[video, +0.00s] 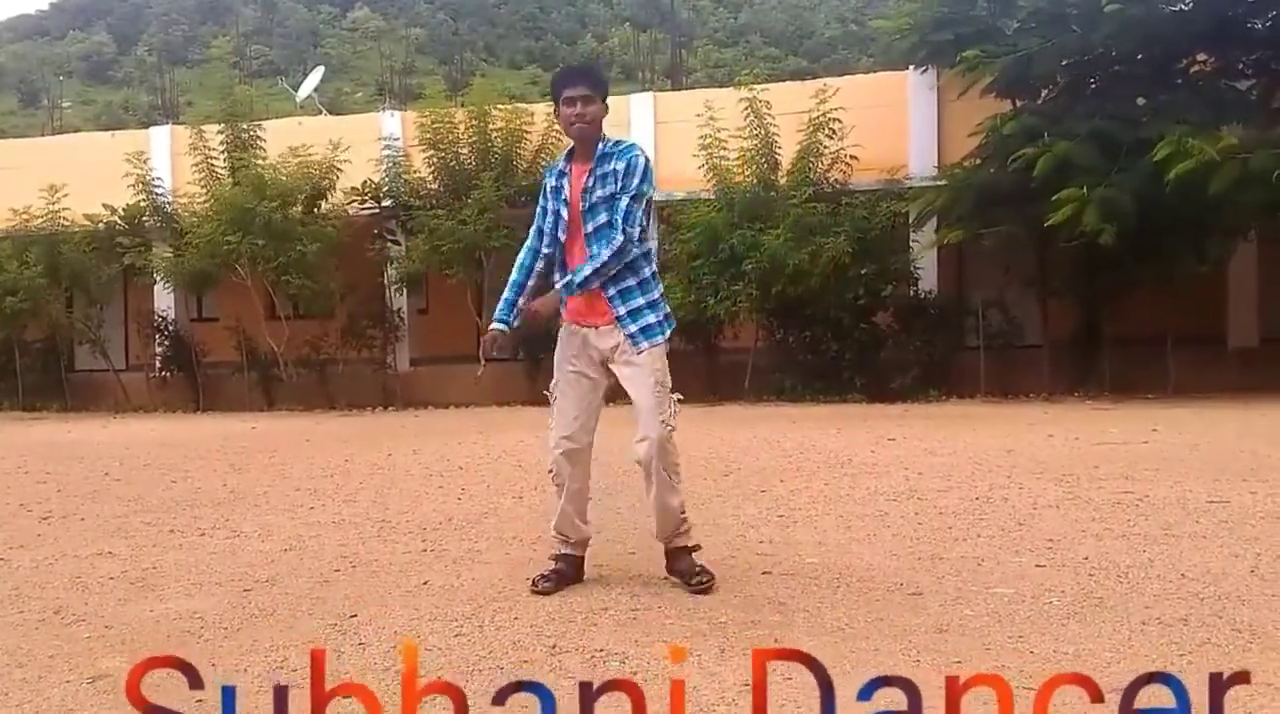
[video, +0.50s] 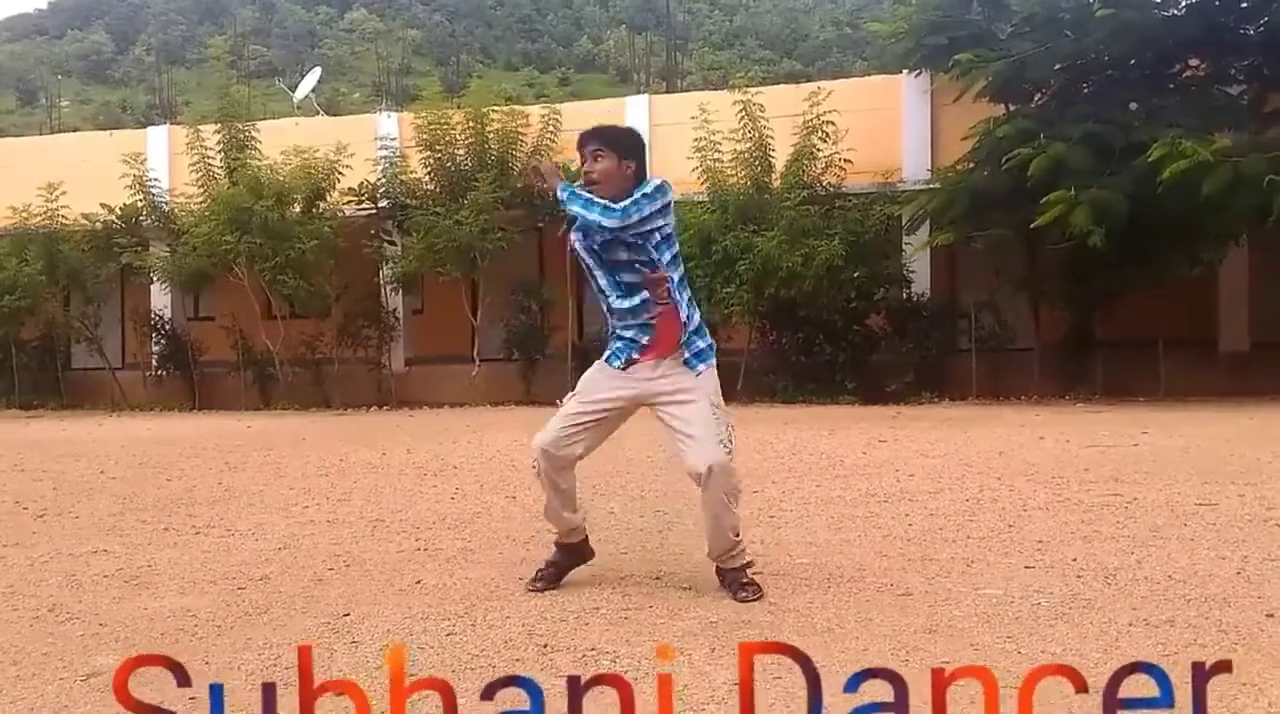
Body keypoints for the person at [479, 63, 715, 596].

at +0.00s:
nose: (578, 112)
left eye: (587, 102)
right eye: (569, 104)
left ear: (604, 108)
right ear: (557, 113)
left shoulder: (630, 158)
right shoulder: (555, 176)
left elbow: (626, 238)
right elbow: (536, 248)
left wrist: (564, 289)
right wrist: (502, 318)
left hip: (636, 320)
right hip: (578, 324)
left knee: (657, 438)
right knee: (566, 445)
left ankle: (678, 551)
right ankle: (570, 555)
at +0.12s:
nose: (577, 118)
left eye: (586, 107)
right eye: (567, 111)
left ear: (605, 111)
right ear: (557, 119)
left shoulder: (633, 159)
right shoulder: (559, 181)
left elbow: (659, 233)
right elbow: (531, 239)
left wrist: (637, 311)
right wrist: (496, 292)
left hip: (649, 331)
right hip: (586, 335)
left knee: (677, 446)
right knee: (571, 449)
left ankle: (702, 558)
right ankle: (569, 556)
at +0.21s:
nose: (571, 123)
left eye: (582, 113)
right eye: (563, 114)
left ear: (605, 116)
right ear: (555, 122)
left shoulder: (633, 157)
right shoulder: (560, 181)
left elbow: (677, 208)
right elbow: (527, 233)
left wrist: (690, 279)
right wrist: (479, 273)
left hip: (659, 325)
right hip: (598, 332)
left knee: (689, 439)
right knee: (576, 447)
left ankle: (705, 556)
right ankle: (567, 556)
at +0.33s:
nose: (593, 136)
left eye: (603, 124)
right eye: (584, 127)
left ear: (632, 124)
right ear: (579, 133)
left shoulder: (657, 163)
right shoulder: (576, 186)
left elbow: (666, 206)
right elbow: (571, 260)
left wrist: (593, 240)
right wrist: (574, 316)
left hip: (671, 335)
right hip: (607, 340)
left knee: (701, 442)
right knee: (564, 438)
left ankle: (731, 555)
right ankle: (572, 551)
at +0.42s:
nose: (607, 163)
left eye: (618, 152)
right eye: (601, 156)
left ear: (649, 160)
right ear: (597, 167)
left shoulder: (668, 200)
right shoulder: (596, 215)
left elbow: (615, 240)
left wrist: (545, 207)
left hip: (680, 358)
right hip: (620, 358)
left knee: (703, 462)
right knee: (559, 456)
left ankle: (733, 564)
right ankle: (576, 556)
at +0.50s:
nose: (587, 168)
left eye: (597, 158)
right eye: (583, 161)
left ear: (630, 165)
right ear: (585, 170)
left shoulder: (657, 197)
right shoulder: (588, 211)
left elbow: (613, 220)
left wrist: (561, 188)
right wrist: (556, 193)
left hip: (685, 358)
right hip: (623, 357)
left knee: (716, 466)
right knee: (550, 449)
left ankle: (731, 564)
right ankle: (572, 542)